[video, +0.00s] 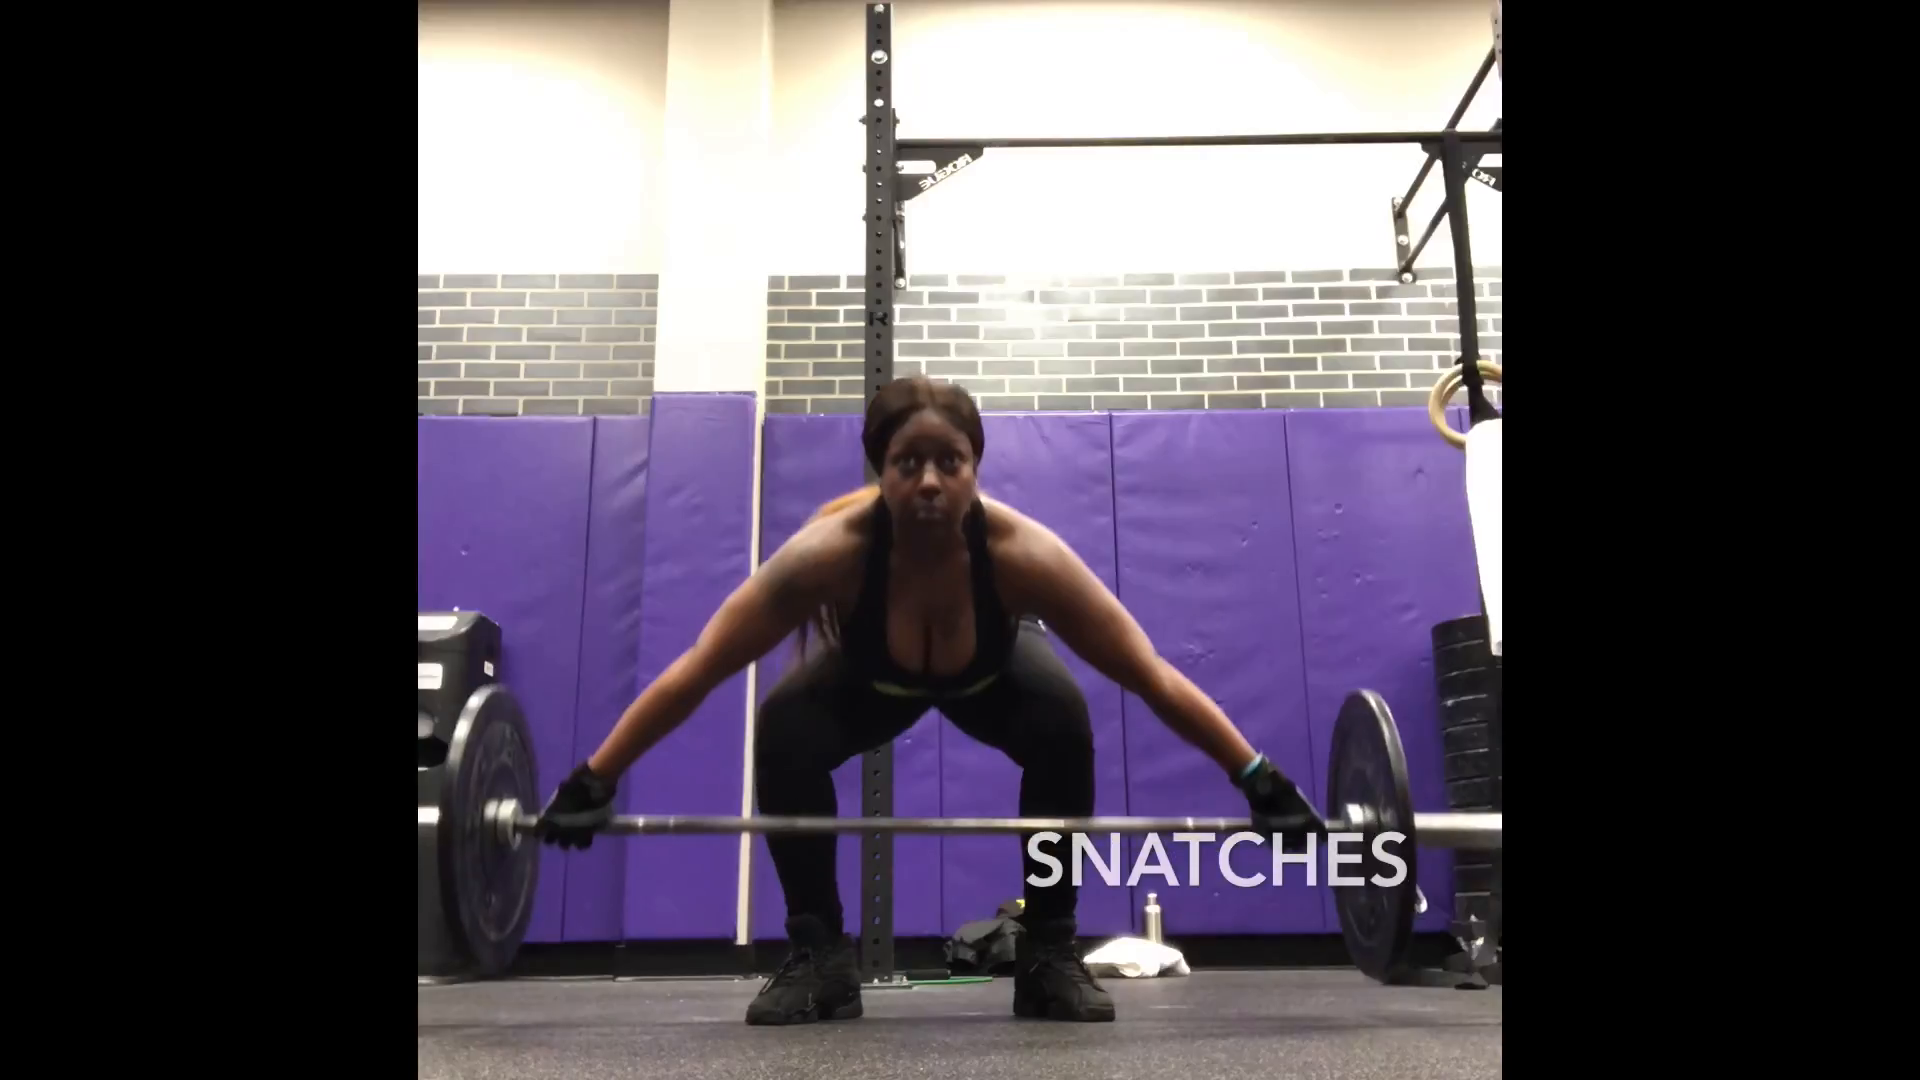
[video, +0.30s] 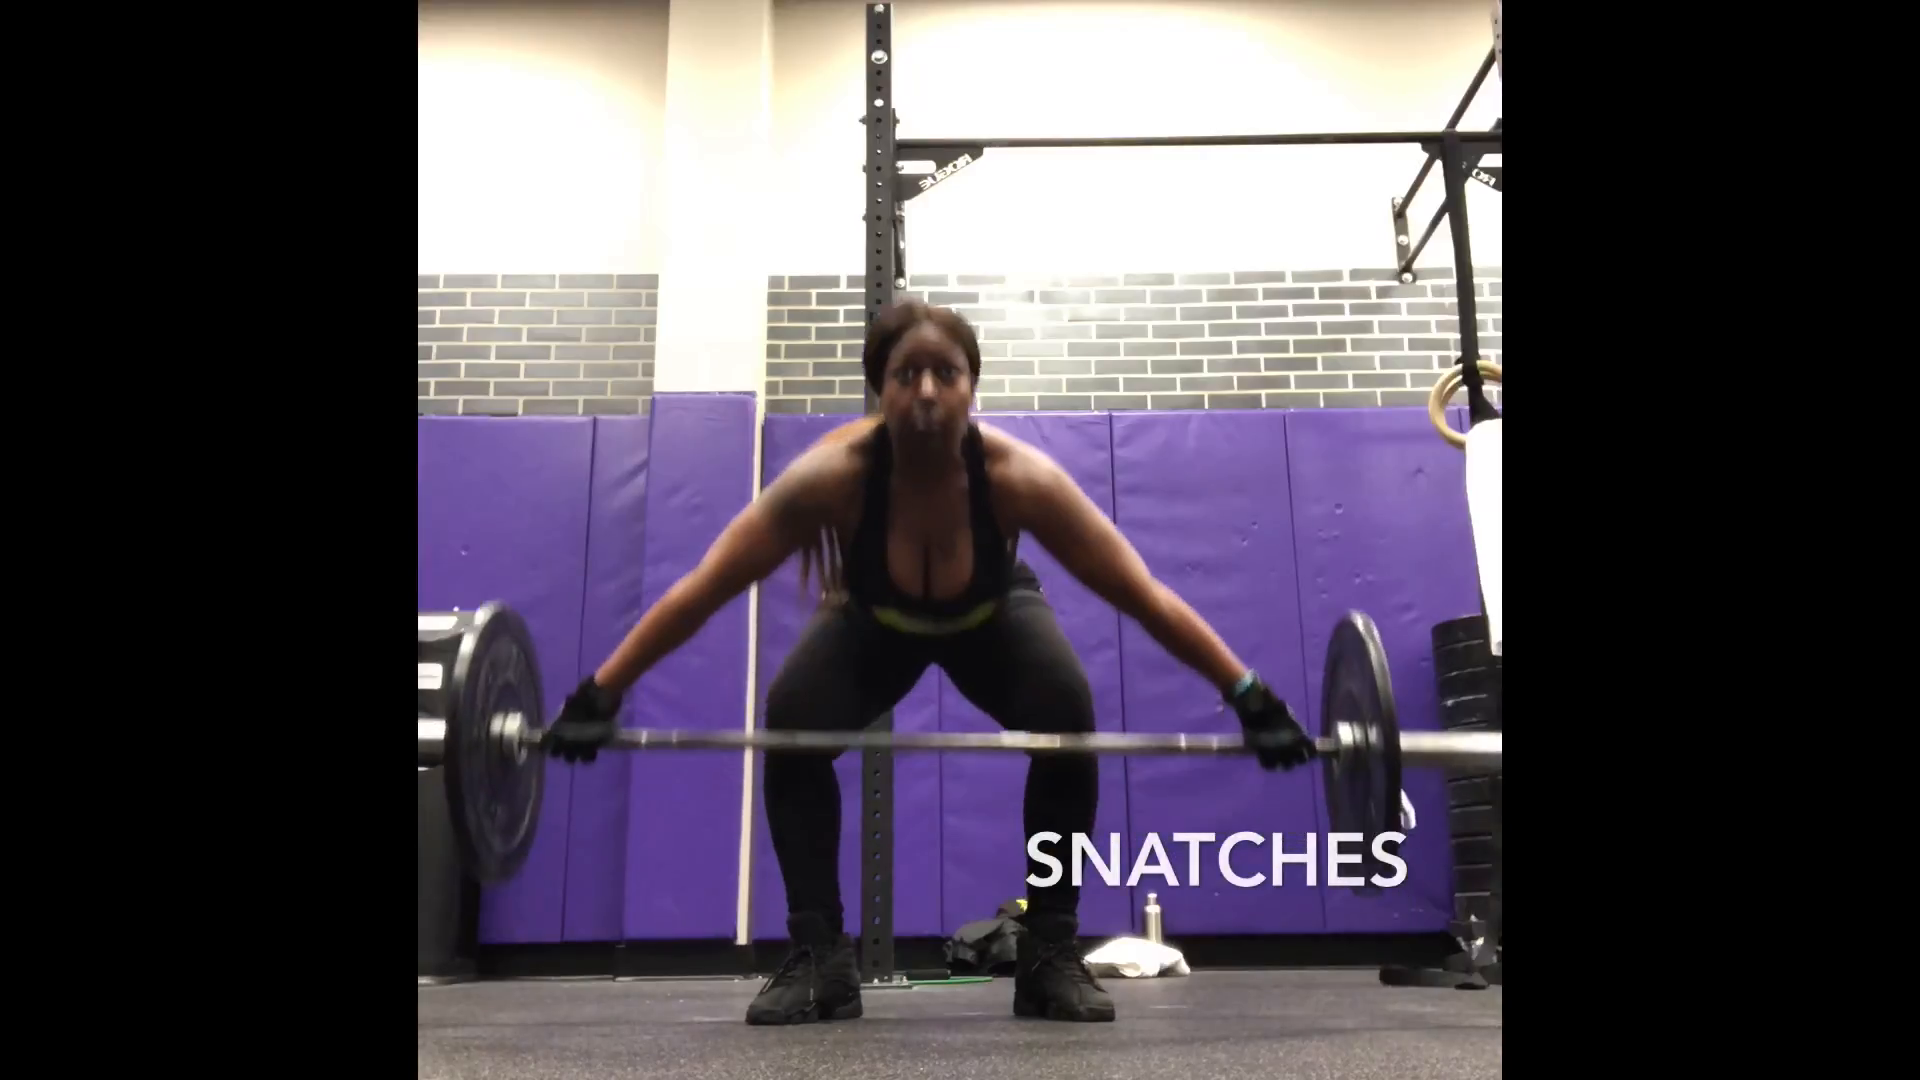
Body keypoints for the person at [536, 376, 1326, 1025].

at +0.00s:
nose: (930, 480)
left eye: (947, 462)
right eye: (910, 463)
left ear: (974, 469)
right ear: (880, 471)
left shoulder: (1023, 551)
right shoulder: (829, 549)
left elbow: (1149, 672)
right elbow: (703, 664)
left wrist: (1256, 774)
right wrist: (596, 775)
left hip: (985, 676)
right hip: (875, 679)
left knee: (1064, 727)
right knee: (784, 735)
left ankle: (1049, 954)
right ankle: (819, 955)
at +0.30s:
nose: (927, 389)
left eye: (945, 372)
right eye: (909, 373)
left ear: (972, 387)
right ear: (879, 390)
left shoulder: (1021, 480)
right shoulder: (831, 477)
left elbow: (1139, 593)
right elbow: (708, 586)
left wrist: (1247, 691)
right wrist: (599, 691)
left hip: (991, 622)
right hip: (876, 626)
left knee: (1069, 720)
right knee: (789, 729)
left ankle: (1050, 960)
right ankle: (817, 959)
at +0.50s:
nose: (934, 249)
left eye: (950, 237)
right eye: (915, 237)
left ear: (976, 268)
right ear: (885, 267)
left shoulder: (1019, 380)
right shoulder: (837, 372)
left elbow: (1140, 463)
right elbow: (719, 453)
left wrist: (1242, 554)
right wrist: (615, 545)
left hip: (985, 587)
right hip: (871, 588)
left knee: (1054, 725)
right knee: (791, 728)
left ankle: (1048, 959)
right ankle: (822, 957)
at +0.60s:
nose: (943, 179)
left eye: (958, 170)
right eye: (924, 169)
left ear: (979, 200)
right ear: (894, 197)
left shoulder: (1021, 312)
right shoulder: (842, 303)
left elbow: (1138, 377)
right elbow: (732, 369)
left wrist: (1235, 442)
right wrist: (629, 428)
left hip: (980, 539)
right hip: (870, 538)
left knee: (1030, 713)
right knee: (816, 712)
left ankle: (1047, 945)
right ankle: (817, 947)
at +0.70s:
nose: (943, 140)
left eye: (960, 133)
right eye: (926, 131)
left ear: (983, 166)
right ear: (899, 162)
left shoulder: (1015, 258)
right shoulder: (850, 250)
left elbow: (1133, 302)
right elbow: (734, 306)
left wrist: (1232, 325)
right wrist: (631, 311)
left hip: (978, 478)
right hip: (870, 477)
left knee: (1028, 681)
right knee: (831, 680)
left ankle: (1073, 910)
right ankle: (792, 912)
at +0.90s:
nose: (948, 219)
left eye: (964, 211)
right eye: (933, 210)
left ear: (986, 239)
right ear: (907, 235)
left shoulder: (1019, 314)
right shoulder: (856, 308)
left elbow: (1147, 296)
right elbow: (730, 296)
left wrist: (1222, 195)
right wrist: (652, 191)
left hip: (990, 534)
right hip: (878, 535)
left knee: (1101, 703)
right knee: (758, 708)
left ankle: (1175, 927)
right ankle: (708, 946)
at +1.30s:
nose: (939, 343)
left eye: (956, 328)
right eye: (922, 329)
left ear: (984, 344)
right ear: (897, 346)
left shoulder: (1024, 423)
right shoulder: (858, 420)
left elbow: (1151, 356)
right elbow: (739, 354)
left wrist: (1241, 281)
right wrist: (649, 276)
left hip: (1003, 665)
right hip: (882, 669)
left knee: (1153, 748)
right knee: (717, 746)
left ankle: (1184, 962)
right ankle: (703, 961)